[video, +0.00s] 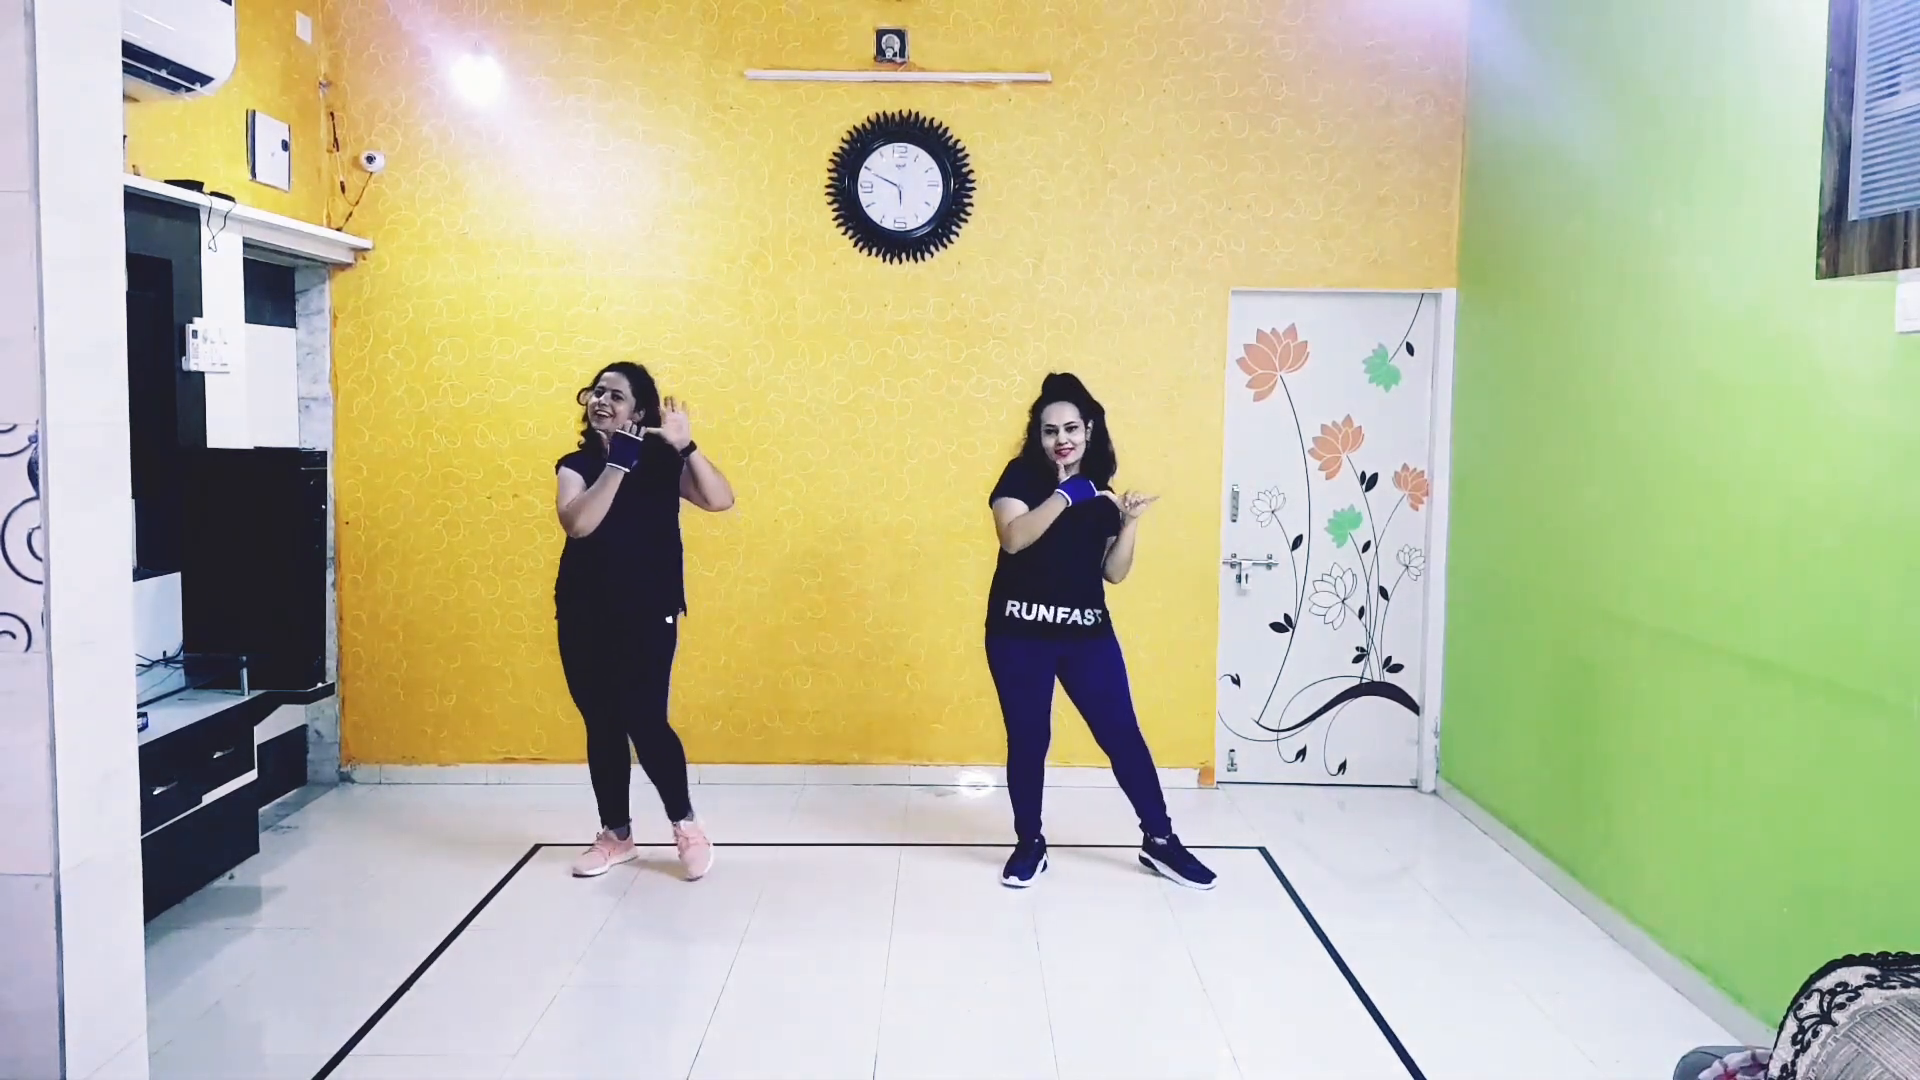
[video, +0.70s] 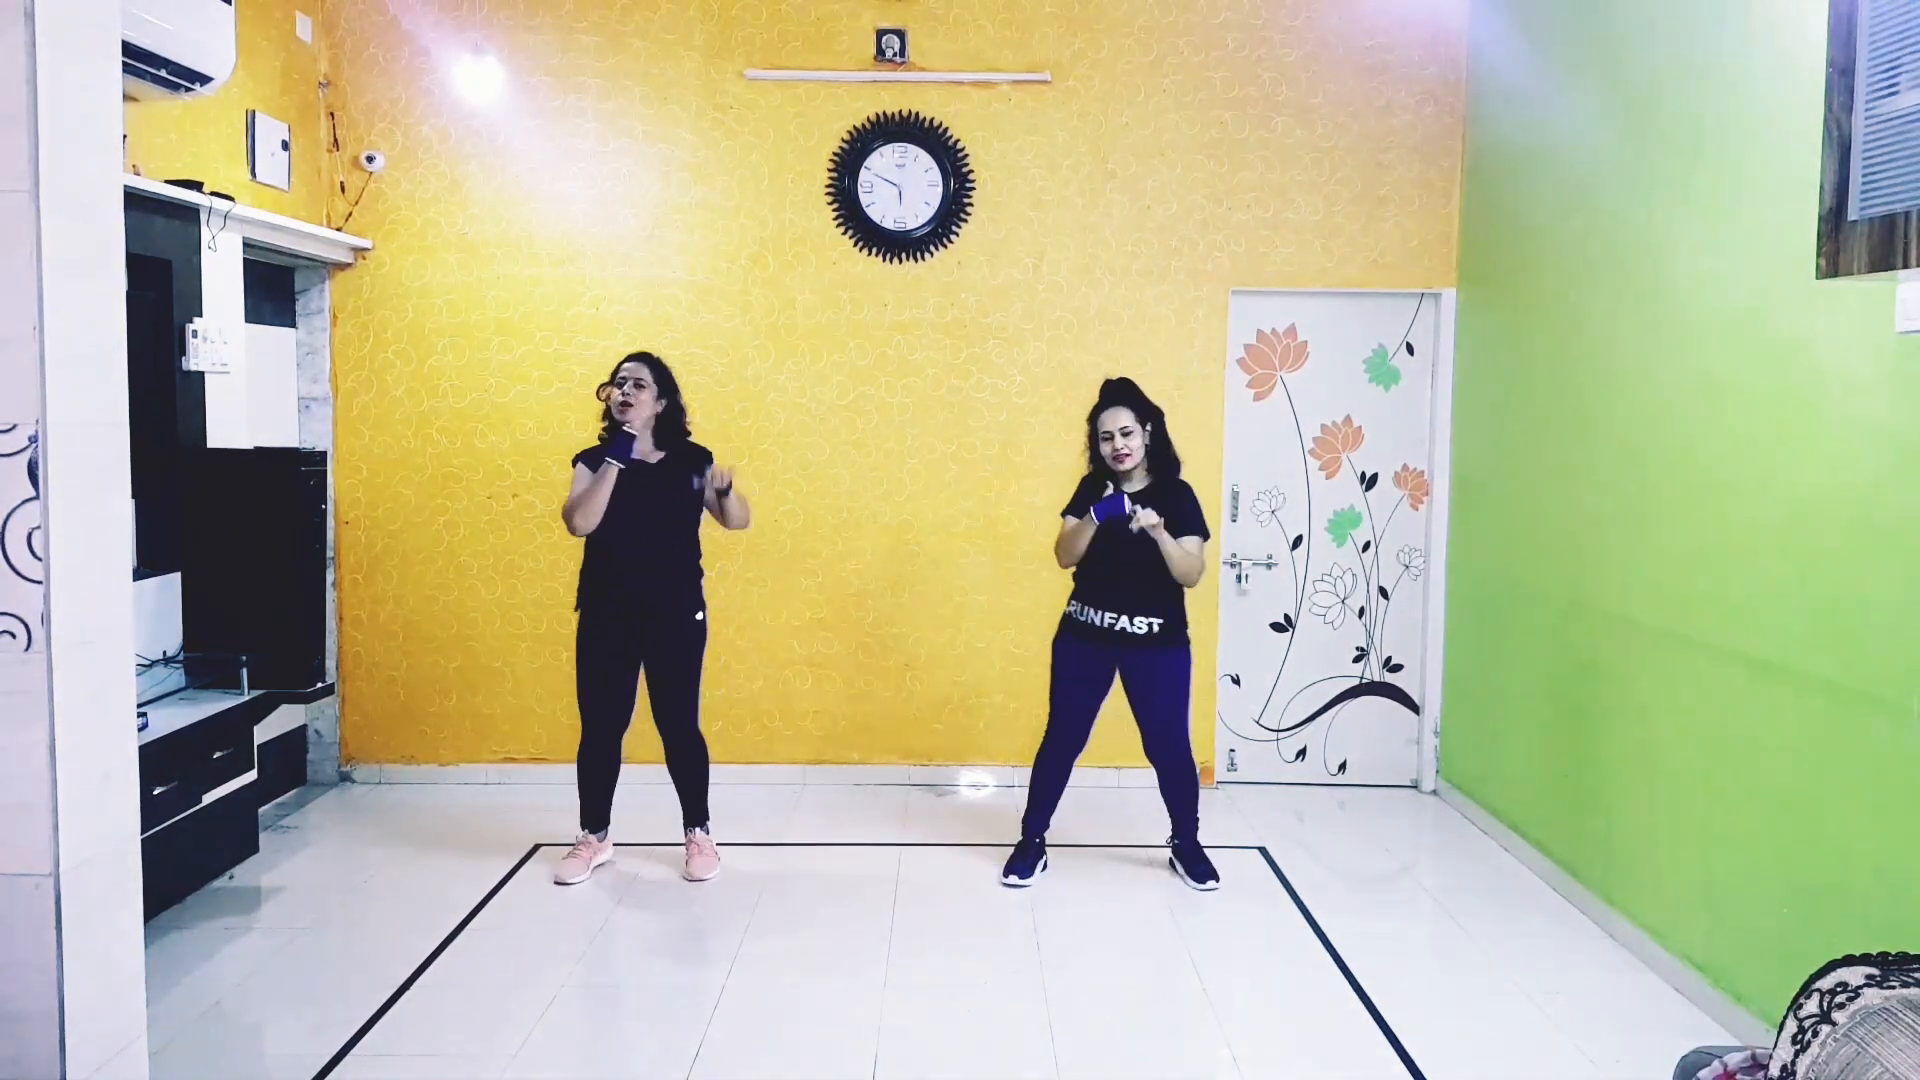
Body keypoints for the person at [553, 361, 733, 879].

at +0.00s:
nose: (601, 401)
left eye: (615, 395)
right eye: (597, 393)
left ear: (642, 411)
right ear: (588, 404)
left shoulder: (663, 460)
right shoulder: (577, 463)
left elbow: (719, 501)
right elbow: (578, 523)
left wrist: (687, 448)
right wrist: (618, 461)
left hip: (650, 610)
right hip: (586, 612)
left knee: (646, 720)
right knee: (602, 725)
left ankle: (685, 825)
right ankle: (615, 834)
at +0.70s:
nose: (621, 391)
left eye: (634, 385)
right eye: (617, 384)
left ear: (662, 399)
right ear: (609, 397)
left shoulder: (691, 462)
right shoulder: (594, 460)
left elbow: (737, 521)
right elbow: (580, 523)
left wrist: (727, 491)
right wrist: (613, 461)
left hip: (674, 614)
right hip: (606, 614)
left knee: (680, 724)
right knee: (600, 726)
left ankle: (698, 833)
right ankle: (593, 836)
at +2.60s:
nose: (591, 395)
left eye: (606, 390)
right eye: (589, 386)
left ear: (631, 412)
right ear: (580, 399)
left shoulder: (659, 467)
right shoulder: (563, 464)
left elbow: (683, 537)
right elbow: (540, 525)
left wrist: (695, 602)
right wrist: (562, 447)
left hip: (636, 622)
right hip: (568, 621)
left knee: (659, 733)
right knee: (577, 736)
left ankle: (683, 837)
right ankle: (582, 847)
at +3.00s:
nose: (648, 406)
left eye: (662, 402)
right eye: (642, 397)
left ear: (680, 420)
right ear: (627, 406)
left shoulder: (702, 475)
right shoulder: (605, 472)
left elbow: (726, 543)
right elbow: (601, 534)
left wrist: (752, 602)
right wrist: (622, 464)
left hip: (705, 629)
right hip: (639, 631)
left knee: (708, 737)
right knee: (625, 743)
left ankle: (714, 844)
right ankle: (617, 847)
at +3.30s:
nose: (665, 404)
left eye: (679, 400)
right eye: (659, 395)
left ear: (697, 419)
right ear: (644, 405)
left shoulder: (718, 478)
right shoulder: (622, 467)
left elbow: (737, 547)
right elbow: (606, 530)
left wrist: (758, 613)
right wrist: (636, 456)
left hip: (706, 622)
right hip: (638, 620)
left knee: (704, 729)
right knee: (598, 717)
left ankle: (713, 843)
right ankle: (626, 827)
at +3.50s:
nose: (641, 400)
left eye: (655, 395)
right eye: (635, 392)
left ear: (677, 412)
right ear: (622, 404)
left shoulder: (700, 474)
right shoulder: (606, 469)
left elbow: (721, 539)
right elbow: (566, 535)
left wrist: (735, 598)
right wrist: (601, 471)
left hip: (675, 625)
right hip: (604, 622)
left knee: (684, 734)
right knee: (585, 731)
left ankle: (710, 845)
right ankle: (572, 837)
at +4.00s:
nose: (610, 404)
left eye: (623, 399)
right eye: (602, 394)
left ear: (636, 413)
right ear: (581, 402)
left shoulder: (655, 471)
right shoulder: (555, 471)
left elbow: (672, 534)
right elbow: (536, 533)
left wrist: (683, 525)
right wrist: (490, 534)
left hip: (633, 625)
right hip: (565, 624)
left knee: (643, 732)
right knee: (570, 734)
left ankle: (670, 838)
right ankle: (574, 843)